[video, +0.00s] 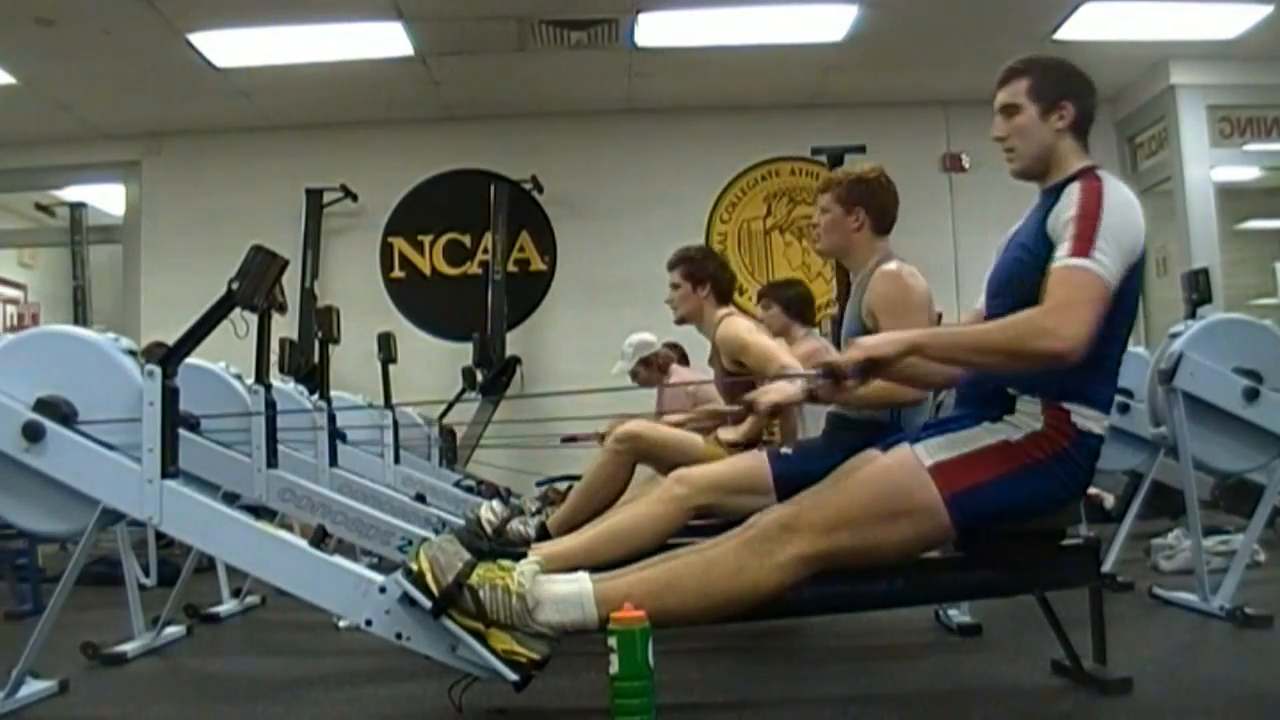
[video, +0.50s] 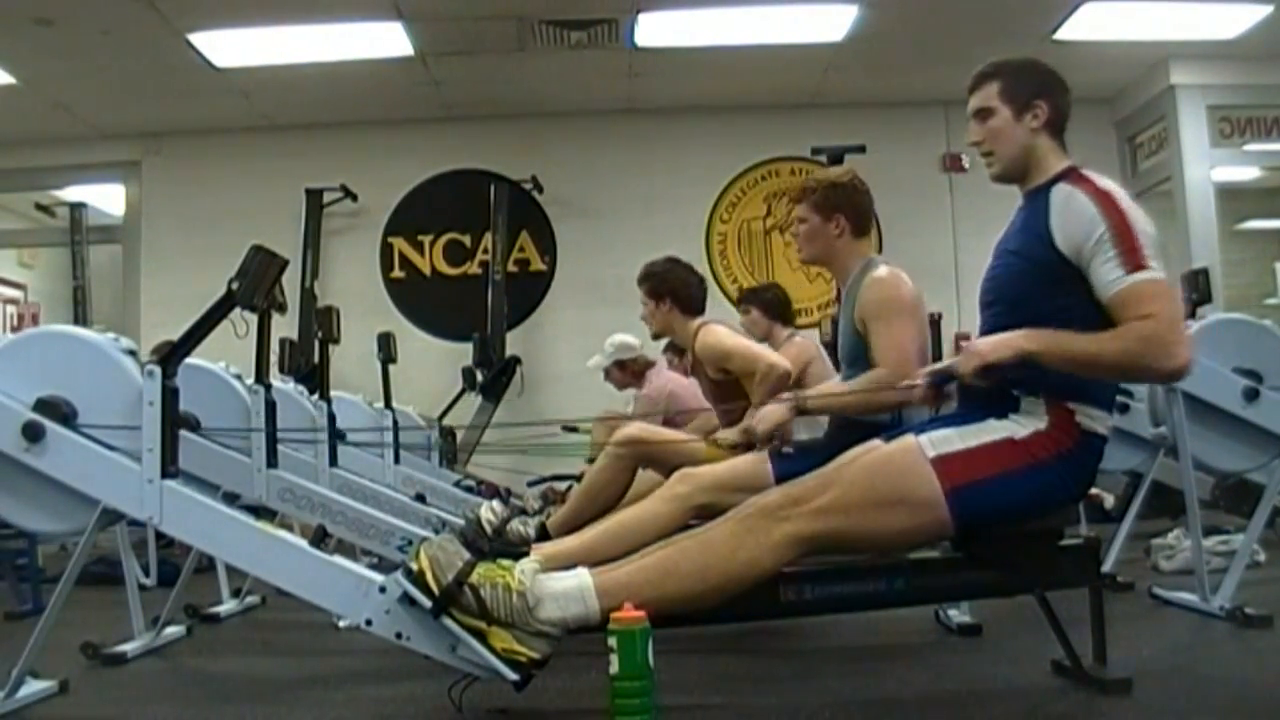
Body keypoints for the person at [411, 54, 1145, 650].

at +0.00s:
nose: (997, 134)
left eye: (1010, 116)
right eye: (996, 119)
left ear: (1063, 116)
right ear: (1039, 123)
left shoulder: (1096, 197)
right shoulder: (1044, 222)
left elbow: (1063, 334)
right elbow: (974, 367)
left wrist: (899, 350)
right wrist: (850, 376)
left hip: (1034, 429)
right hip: (986, 422)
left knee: (796, 532)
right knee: (777, 523)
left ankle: (557, 611)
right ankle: (555, 597)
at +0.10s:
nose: (1004, 137)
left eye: (1015, 119)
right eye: (1002, 124)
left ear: (1067, 117)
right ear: (1048, 125)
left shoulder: (1101, 196)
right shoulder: (1056, 218)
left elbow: (1101, 334)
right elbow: (1009, 366)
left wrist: (956, 338)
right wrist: (925, 379)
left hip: (1041, 429)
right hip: (1001, 421)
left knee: (804, 524)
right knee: (783, 514)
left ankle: (559, 607)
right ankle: (555, 600)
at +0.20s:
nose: (1001, 139)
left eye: (1012, 121)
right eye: (1000, 125)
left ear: (1066, 119)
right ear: (1048, 127)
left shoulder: (1101, 196)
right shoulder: (1057, 216)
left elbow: (1142, 334)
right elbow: (1007, 360)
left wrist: (993, 331)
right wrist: (903, 381)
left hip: (1045, 432)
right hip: (1003, 422)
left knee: (799, 520)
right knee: (778, 511)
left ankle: (552, 606)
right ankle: (549, 602)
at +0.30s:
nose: (995, 137)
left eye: (1008, 119)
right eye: (994, 124)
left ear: (1061, 119)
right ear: (1040, 131)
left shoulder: (1101, 200)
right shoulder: (1053, 218)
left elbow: (1177, 332)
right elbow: (975, 358)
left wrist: (1026, 325)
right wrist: (864, 390)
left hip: (1039, 434)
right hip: (990, 424)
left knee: (801, 516)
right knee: (781, 505)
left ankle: (561, 606)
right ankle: (555, 597)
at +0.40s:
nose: (986, 140)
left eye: (997, 122)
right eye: (985, 127)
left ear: (1049, 117)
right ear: (1023, 128)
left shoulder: (1095, 199)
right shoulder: (1048, 214)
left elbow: (1191, 330)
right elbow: (1033, 345)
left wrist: (1042, 332)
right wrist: (963, 370)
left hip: (1043, 433)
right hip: (999, 424)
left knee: (804, 510)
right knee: (787, 503)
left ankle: (557, 606)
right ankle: (552, 596)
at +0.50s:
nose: (973, 140)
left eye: (985, 121)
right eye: (971, 126)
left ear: (1038, 117)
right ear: (1012, 126)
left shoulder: (1086, 198)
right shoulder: (1040, 213)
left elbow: (1166, 344)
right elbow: (1062, 341)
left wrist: (1018, 345)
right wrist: (972, 364)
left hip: (1042, 436)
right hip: (1002, 425)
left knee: (800, 513)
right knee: (782, 502)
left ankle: (566, 606)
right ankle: (560, 593)